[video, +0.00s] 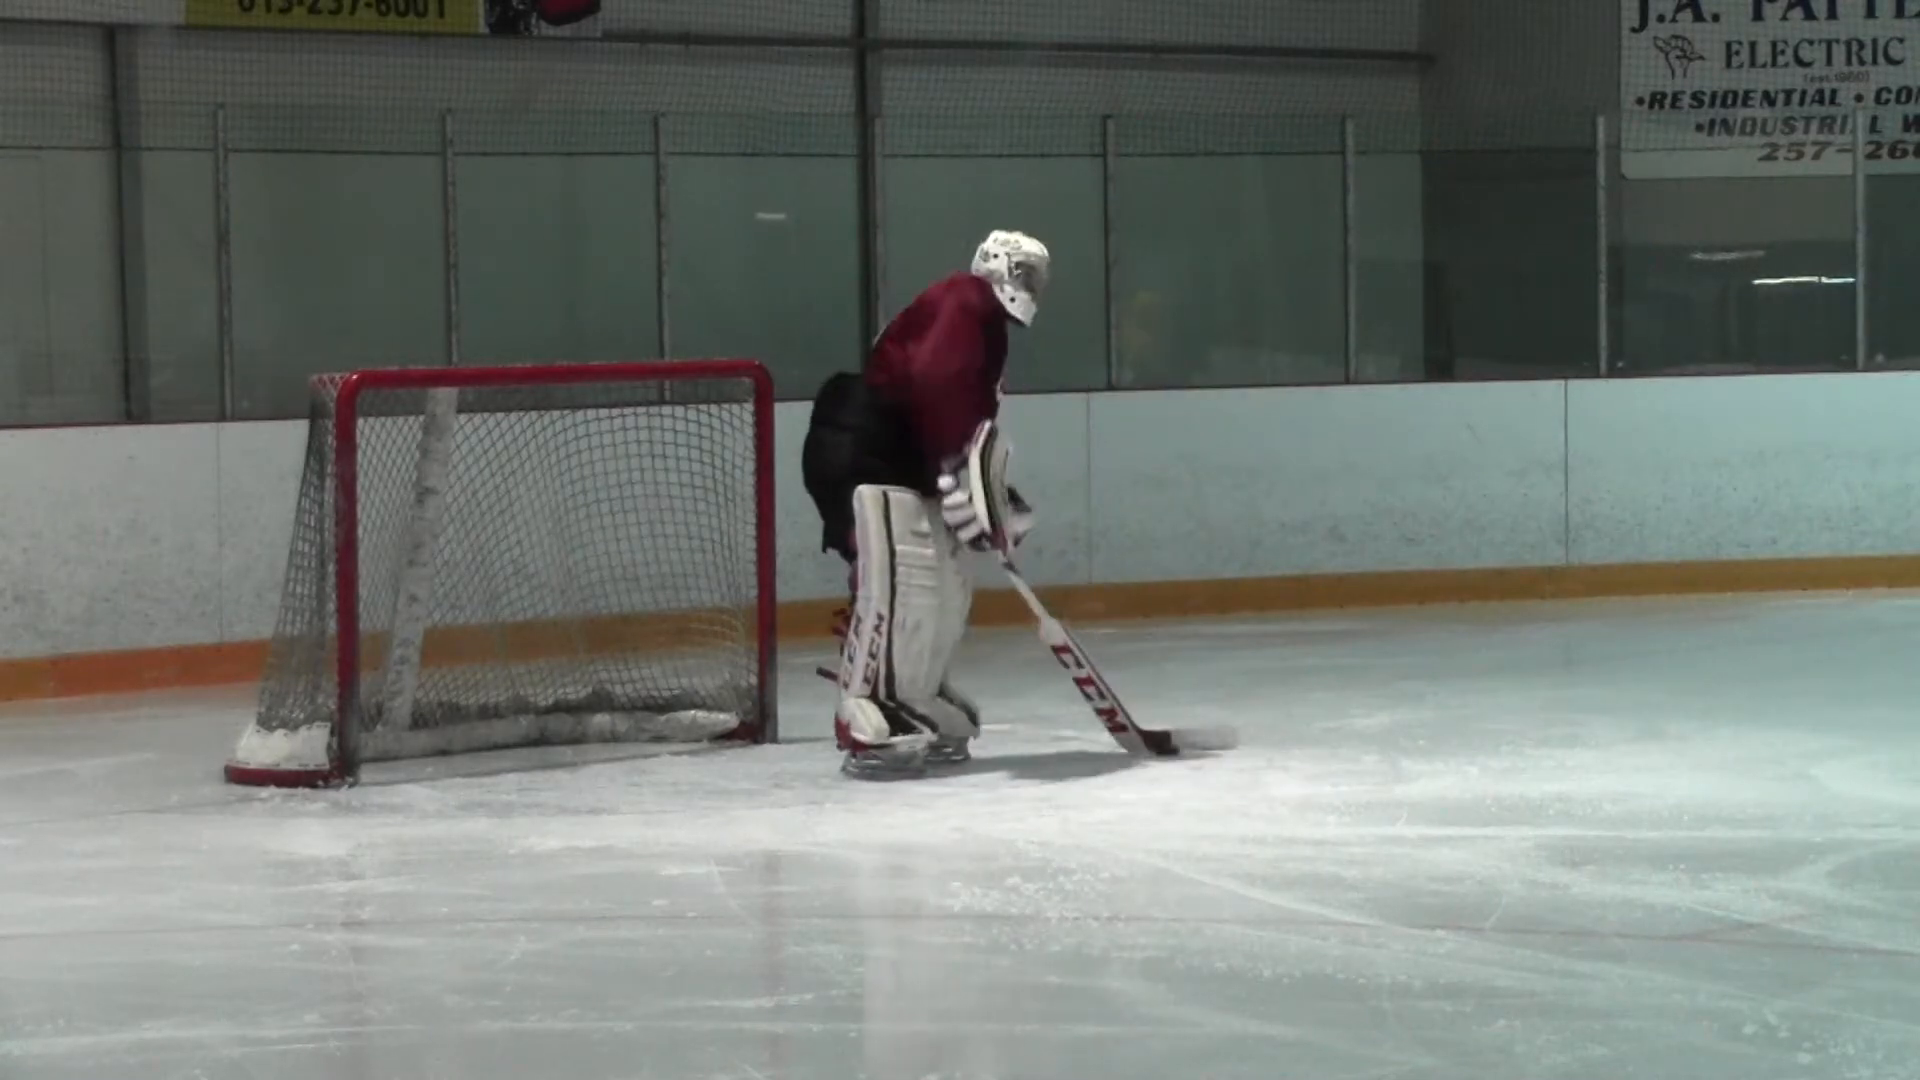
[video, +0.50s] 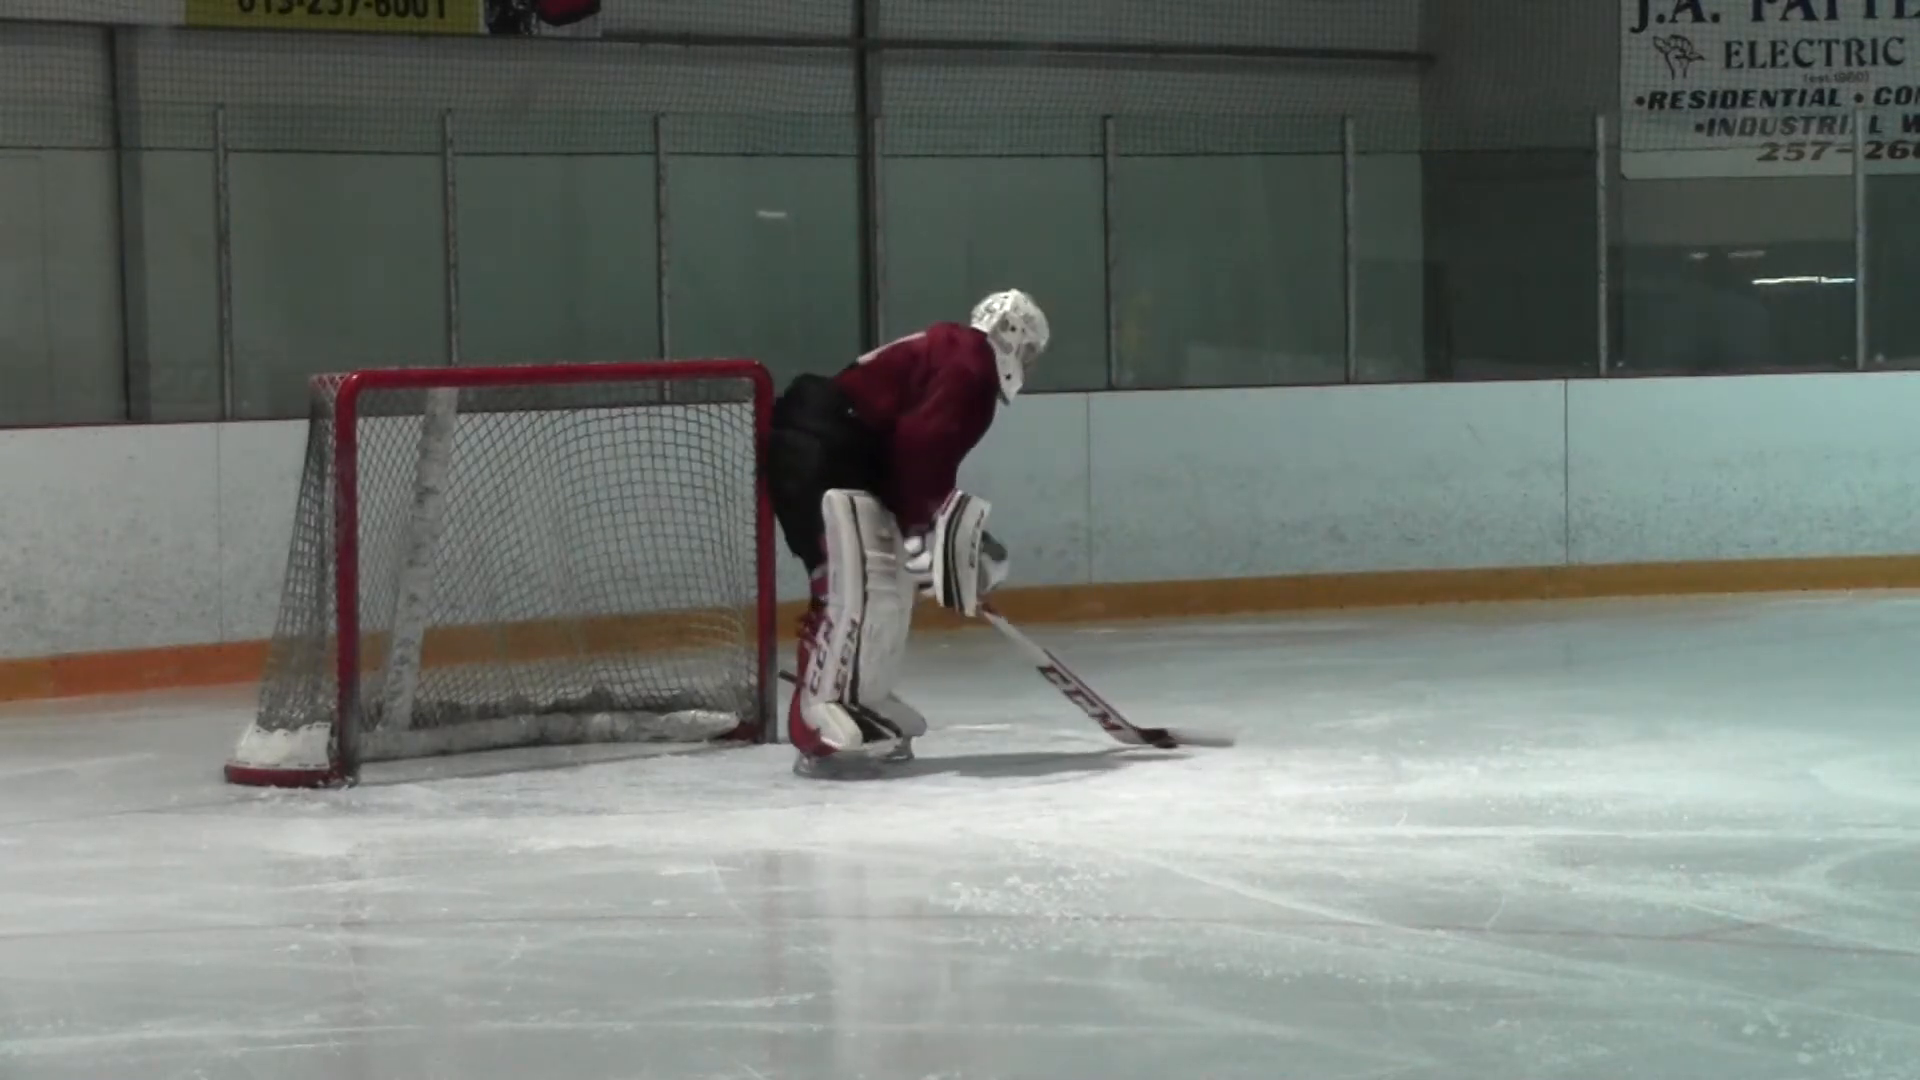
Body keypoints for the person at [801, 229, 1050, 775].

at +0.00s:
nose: (1031, 289)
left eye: (1035, 280)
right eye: (1026, 277)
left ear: (1000, 269)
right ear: (1005, 271)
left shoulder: (984, 318)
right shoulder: (964, 301)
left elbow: (978, 415)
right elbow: (941, 386)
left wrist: (995, 496)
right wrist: (957, 478)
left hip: (913, 466)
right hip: (877, 460)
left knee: (947, 586)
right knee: (909, 586)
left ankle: (917, 700)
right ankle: (877, 713)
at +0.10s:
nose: (1031, 309)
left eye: (1035, 299)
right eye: (1026, 295)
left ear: (988, 284)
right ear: (1006, 290)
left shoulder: (977, 331)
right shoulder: (970, 324)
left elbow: (963, 430)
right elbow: (940, 413)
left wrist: (974, 506)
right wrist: (946, 500)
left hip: (889, 464)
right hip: (863, 461)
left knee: (925, 584)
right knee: (897, 585)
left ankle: (910, 701)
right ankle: (871, 711)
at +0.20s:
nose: (1032, 337)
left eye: (1036, 326)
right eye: (1030, 323)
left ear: (989, 303)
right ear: (1012, 317)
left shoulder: (970, 344)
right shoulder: (972, 348)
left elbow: (958, 445)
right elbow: (936, 431)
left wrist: (959, 524)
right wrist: (936, 522)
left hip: (871, 459)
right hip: (841, 454)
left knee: (905, 580)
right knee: (879, 582)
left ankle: (892, 700)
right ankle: (848, 708)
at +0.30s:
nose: (1031, 358)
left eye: (1035, 348)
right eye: (1032, 345)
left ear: (988, 318)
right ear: (1020, 336)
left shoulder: (956, 345)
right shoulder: (977, 365)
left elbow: (949, 458)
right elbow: (936, 447)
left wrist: (948, 541)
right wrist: (927, 536)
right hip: (832, 445)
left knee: (874, 574)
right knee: (873, 577)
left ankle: (867, 701)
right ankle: (849, 706)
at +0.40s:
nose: (1028, 367)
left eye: (1034, 357)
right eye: (1030, 354)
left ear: (987, 323)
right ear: (1017, 342)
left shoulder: (954, 347)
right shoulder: (975, 368)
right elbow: (934, 452)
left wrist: (945, 543)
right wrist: (922, 540)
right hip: (825, 442)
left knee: (870, 573)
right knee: (867, 576)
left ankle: (859, 701)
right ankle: (838, 706)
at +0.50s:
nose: (1027, 365)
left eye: (1032, 356)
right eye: (1028, 351)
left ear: (988, 324)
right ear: (1013, 338)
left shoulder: (963, 357)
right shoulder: (967, 361)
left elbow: (926, 452)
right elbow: (921, 439)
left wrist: (947, 535)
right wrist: (919, 529)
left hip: (853, 457)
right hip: (826, 450)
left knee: (887, 584)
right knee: (857, 586)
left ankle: (867, 700)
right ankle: (826, 708)